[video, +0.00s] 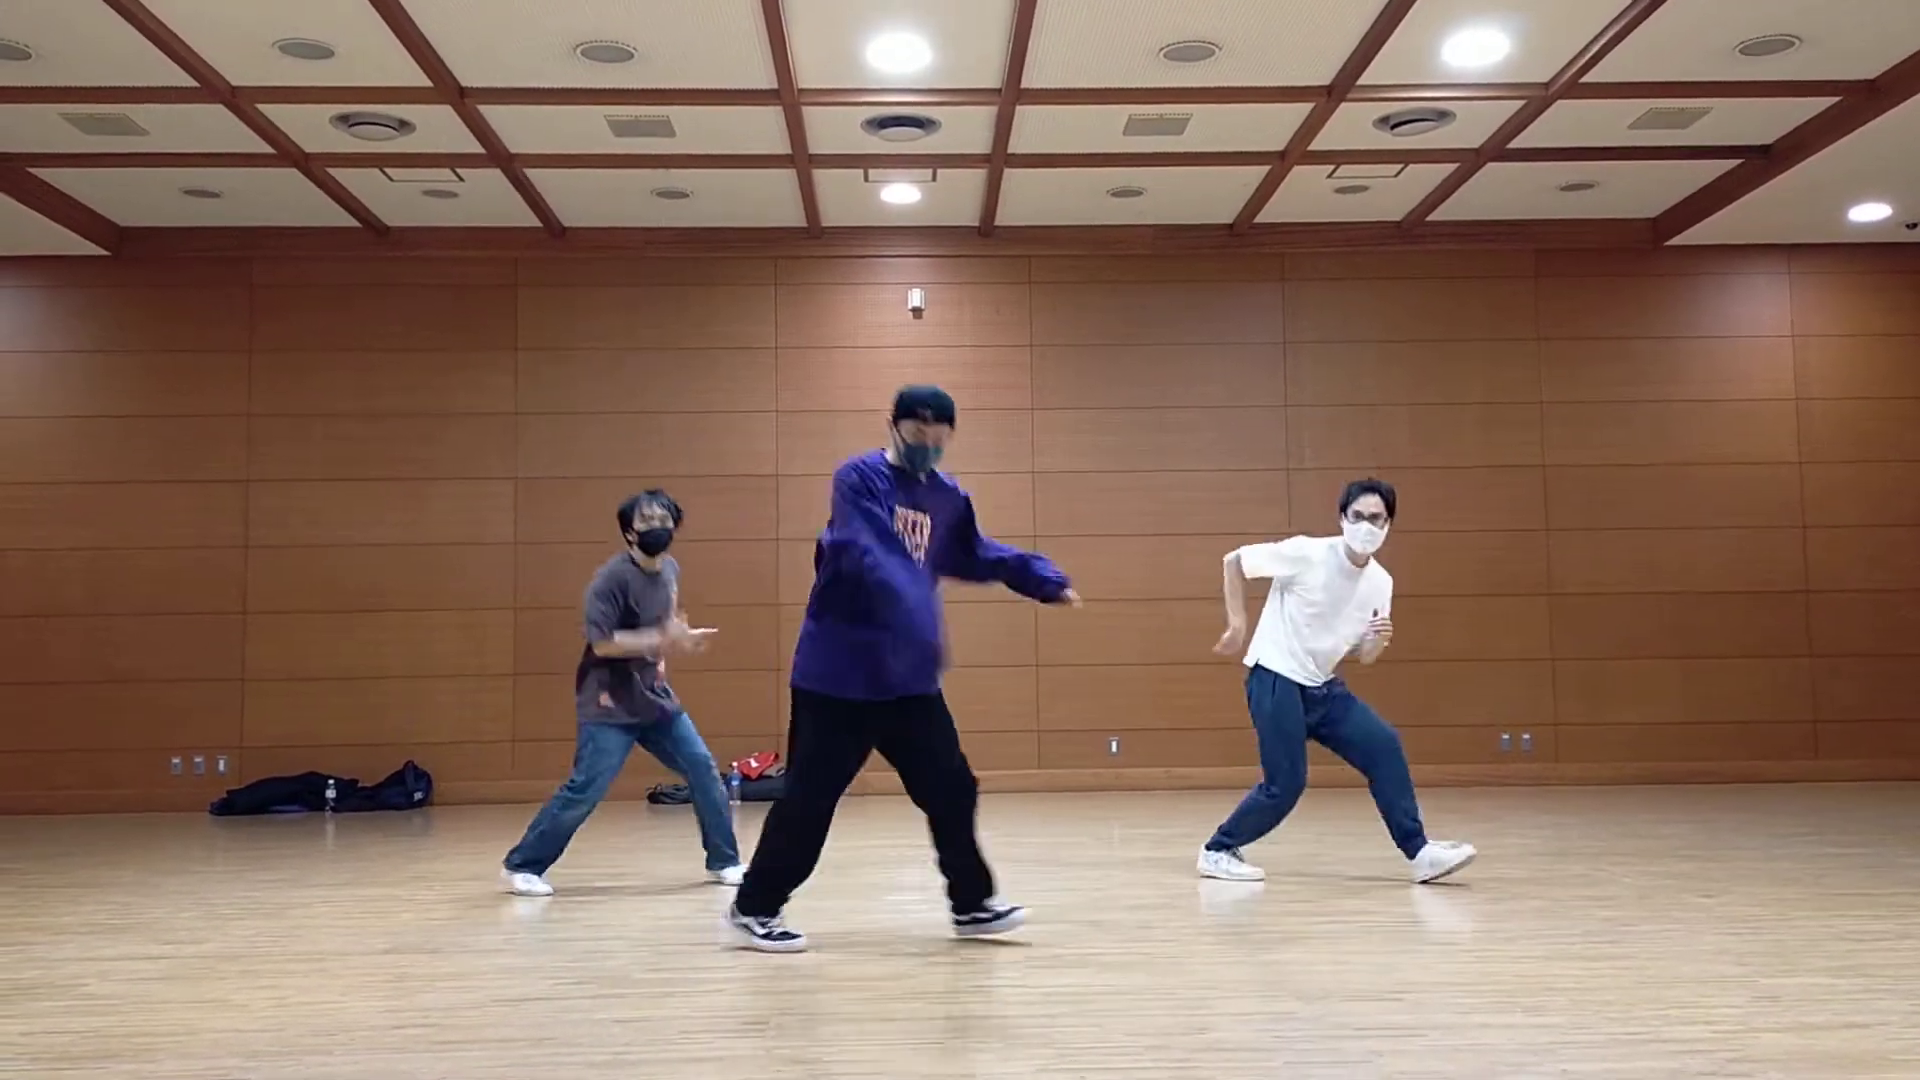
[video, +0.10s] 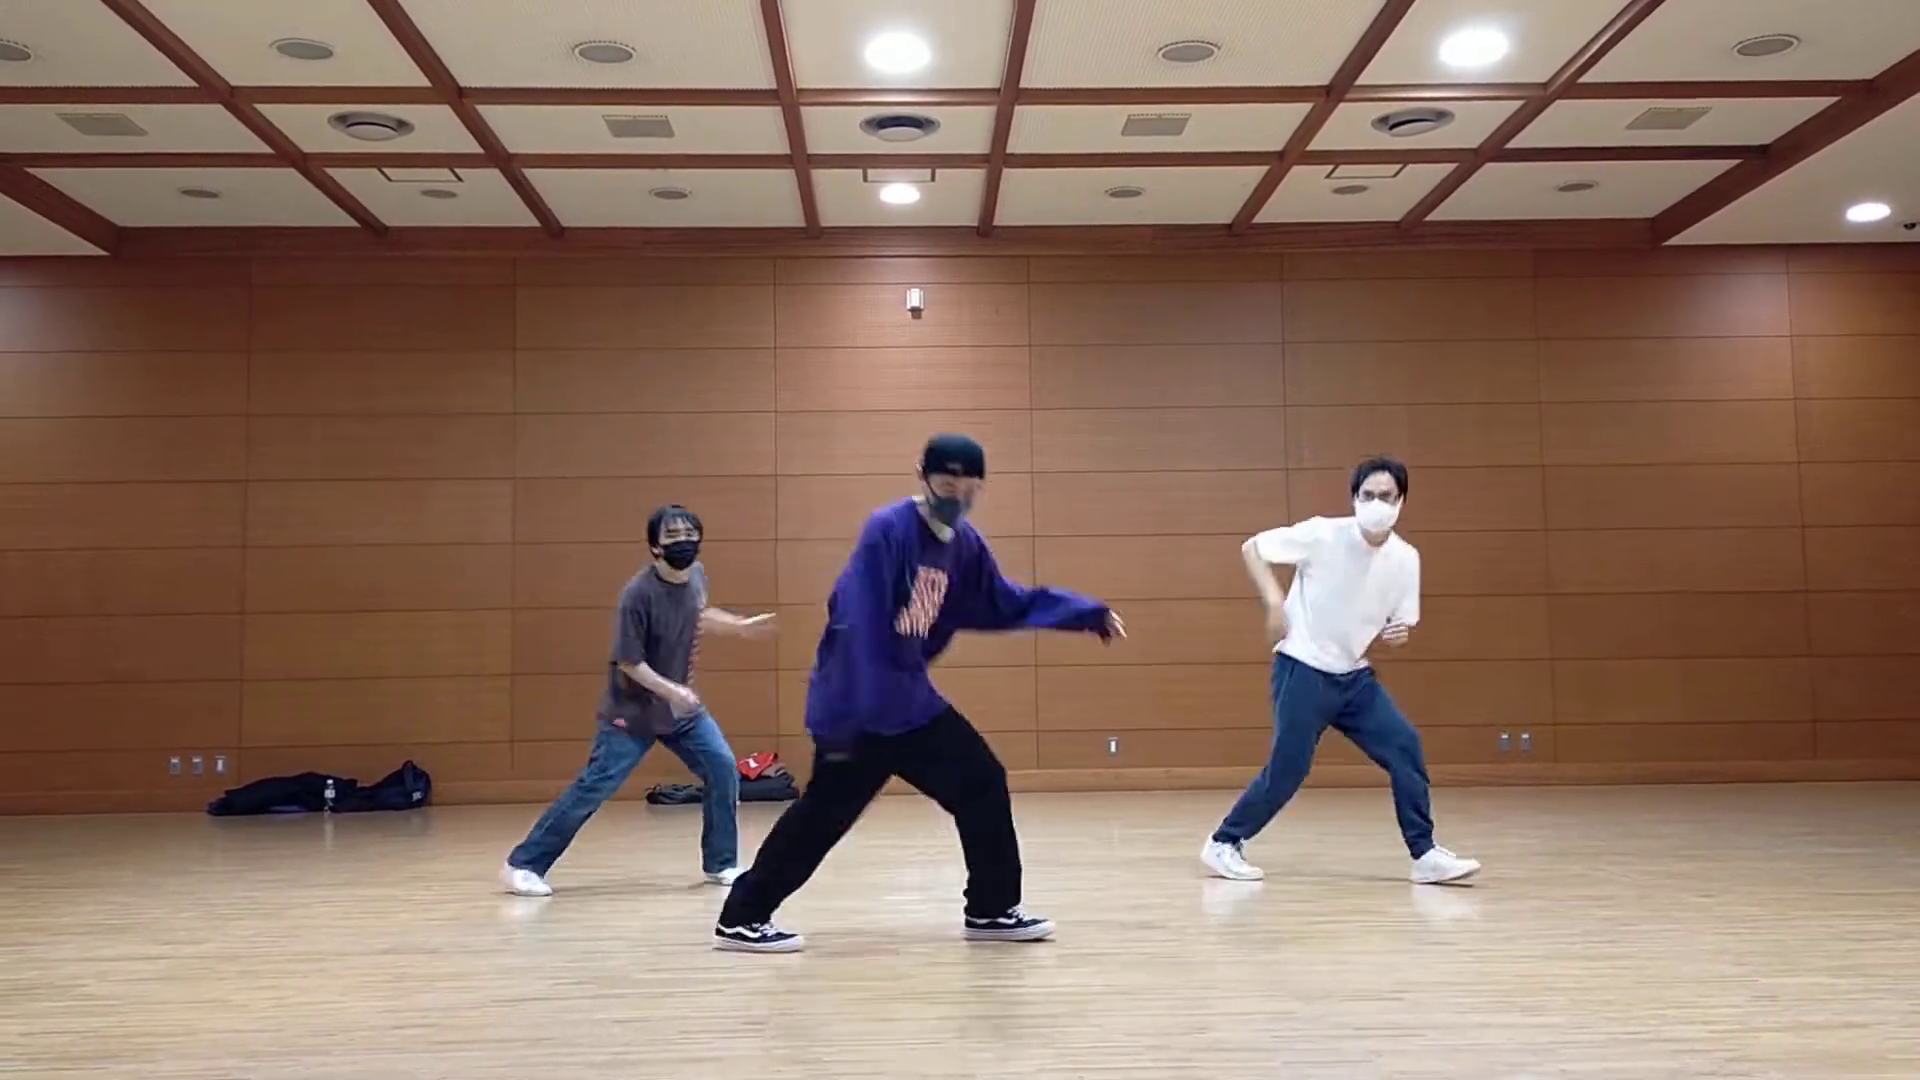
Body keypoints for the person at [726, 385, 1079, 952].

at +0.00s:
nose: (926, 432)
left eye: (937, 424)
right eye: (916, 421)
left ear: (950, 435)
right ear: (894, 426)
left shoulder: (949, 499)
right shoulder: (859, 479)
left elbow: (971, 555)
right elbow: (862, 551)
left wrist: (1038, 575)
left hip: (906, 678)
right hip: (837, 677)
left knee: (951, 789)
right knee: (809, 798)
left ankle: (972, 905)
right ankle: (753, 909)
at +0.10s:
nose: (958, 489)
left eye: (968, 480)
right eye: (947, 477)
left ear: (978, 485)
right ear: (925, 475)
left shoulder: (966, 546)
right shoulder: (889, 531)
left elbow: (1002, 604)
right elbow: (861, 617)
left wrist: (1085, 613)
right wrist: (863, 712)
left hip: (907, 697)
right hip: (858, 699)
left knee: (982, 784)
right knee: (824, 813)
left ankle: (991, 910)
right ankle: (741, 917)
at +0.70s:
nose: (1028, 459)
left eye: (1038, 450)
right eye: (1017, 449)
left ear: (1055, 454)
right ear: (1000, 453)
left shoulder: (1079, 518)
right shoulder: (980, 518)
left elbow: (1092, 592)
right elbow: (975, 604)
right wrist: (984, 684)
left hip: (1071, 670)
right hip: (1009, 681)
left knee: (1074, 769)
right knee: (1057, 794)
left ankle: (1117, 894)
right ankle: (1105, 892)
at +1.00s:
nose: (967, 444)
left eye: (977, 432)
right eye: (956, 435)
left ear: (1001, 429)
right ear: (946, 438)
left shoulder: (1029, 485)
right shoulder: (968, 500)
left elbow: (1008, 562)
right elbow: (974, 574)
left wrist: (925, 559)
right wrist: (935, 623)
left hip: (1070, 658)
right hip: (1017, 662)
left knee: (1102, 781)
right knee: (990, 777)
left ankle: (1177, 889)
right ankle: (968, 895)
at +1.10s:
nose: (944, 495)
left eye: (954, 483)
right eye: (934, 486)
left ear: (981, 480)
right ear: (926, 490)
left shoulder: (1011, 540)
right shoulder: (967, 541)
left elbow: (999, 635)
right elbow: (949, 612)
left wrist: (928, 678)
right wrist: (900, 654)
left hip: (1063, 692)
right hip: (1023, 695)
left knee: (1117, 804)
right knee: (961, 785)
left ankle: (1197, 906)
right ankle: (921, 909)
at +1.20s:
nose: (904, 494)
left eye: (915, 483)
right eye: (895, 485)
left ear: (943, 481)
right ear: (889, 488)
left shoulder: (983, 537)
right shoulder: (916, 534)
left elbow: (1012, 634)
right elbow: (913, 613)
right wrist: (894, 681)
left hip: (1033, 682)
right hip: (980, 684)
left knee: (1087, 790)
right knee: (936, 781)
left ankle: (1180, 890)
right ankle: (922, 910)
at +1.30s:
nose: (878, 481)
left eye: (889, 469)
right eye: (867, 472)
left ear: (914, 465)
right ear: (857, 474)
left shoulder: (963, 519)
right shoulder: (870, 529)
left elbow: (1028, 578)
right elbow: (869, 606)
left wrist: (1097, 631)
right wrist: (867, 671)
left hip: (995, 674)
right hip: (933, 675)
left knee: (1014, 778)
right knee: (914, 783)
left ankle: (1096, 858)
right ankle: (921, 910)